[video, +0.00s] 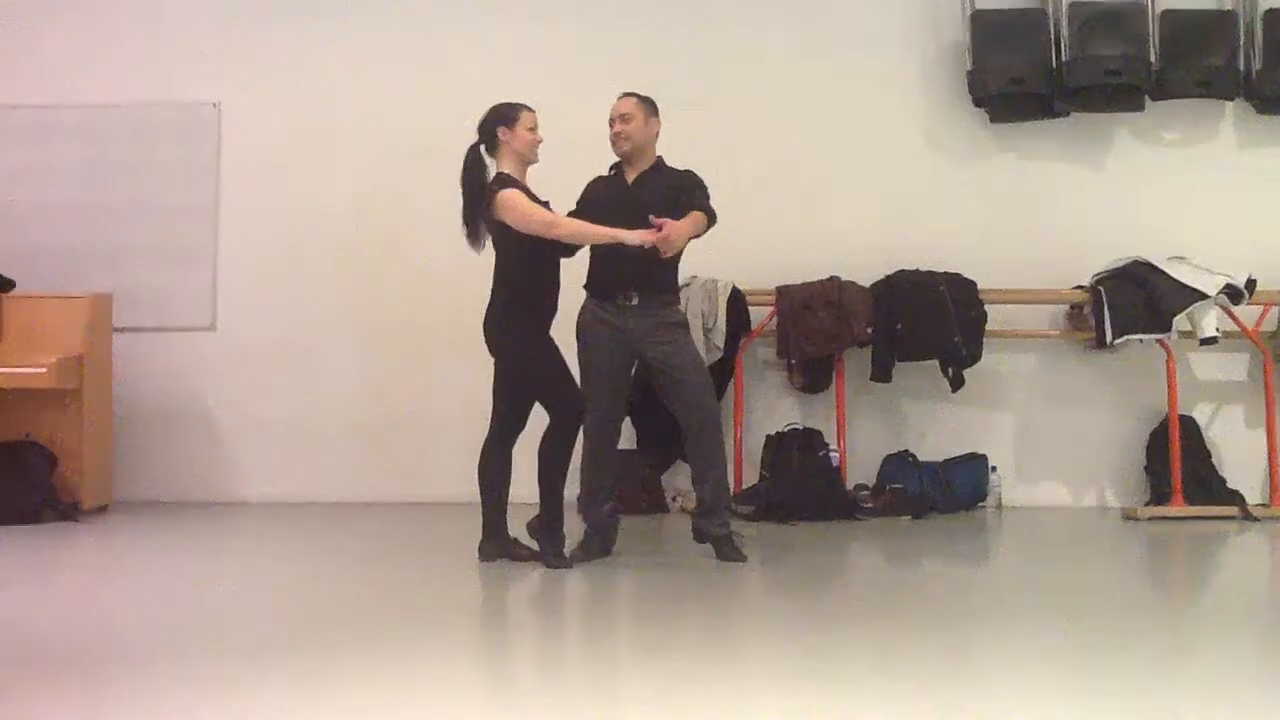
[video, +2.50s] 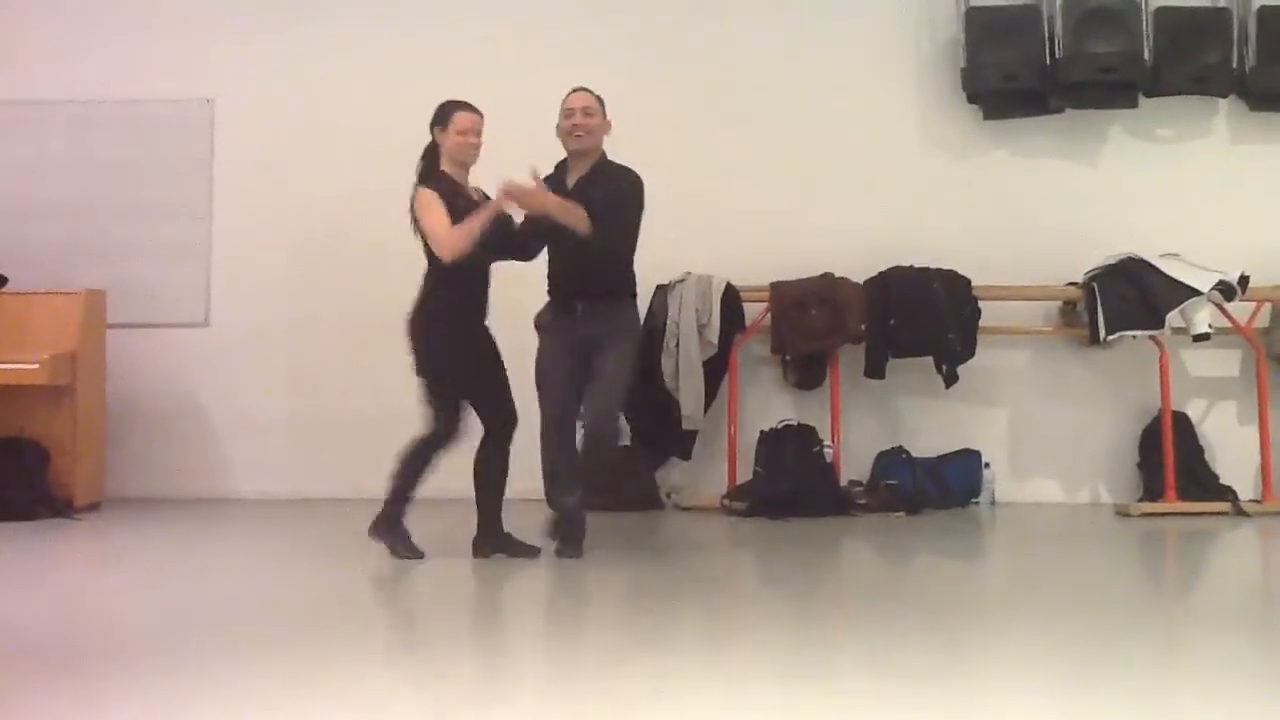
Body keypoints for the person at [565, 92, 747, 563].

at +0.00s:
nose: (615, 128)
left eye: (625, 119)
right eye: (612, 122)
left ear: (654, 126)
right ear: (611, 133)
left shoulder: (682, 182)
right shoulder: (598, 190)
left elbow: (704, 213)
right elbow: (568, 242)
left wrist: (683, 229)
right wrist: (525, 229)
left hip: (661, 319)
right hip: (603, 319)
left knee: (702, 411)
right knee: (600, 420)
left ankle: (714, 523)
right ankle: (598, 530)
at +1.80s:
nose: (619, 115)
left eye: (629, 107)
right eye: (611, 110)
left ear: (649, 116)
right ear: (600, 123)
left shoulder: (678, 172)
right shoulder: (595, 179)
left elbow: (730, 187)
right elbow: (556, 222)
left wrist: (688, 156)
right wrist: (505, 214)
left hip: (669, 313)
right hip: (608, 315)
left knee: (702, 408)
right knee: (594, 416)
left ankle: (712, 520)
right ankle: (580, 525)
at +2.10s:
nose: (593, 117)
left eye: (604, 109)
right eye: (585, 110)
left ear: (623, 120)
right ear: (574, 122)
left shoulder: (643, 180)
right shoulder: (559, 181)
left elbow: (689, 240)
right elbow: (519, 216)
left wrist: (673, 210)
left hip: (642, 315)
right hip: (585, 319)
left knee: (679, 415)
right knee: (572, 419)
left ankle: (718, 519)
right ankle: (572, 529)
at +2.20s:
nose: (583, 119)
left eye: (593, 112)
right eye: (575, 113)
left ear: (613, 123)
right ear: (565, 124)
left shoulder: (638, 189)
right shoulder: (554, 182)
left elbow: (662, 258)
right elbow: (516, 220)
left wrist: (623, 263)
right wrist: (481, 193)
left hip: (626, 319)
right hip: (571, 321)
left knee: (664, 412)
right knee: (562, 417)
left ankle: (717, 508)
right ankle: (571, 527)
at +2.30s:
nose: (581, 119)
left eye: (592, 112)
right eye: (573, 112)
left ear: (611, 123)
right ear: (563, 124)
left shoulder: (635, 188)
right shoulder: (554, 181)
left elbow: (648, 260)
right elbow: (521, 226)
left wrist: (595, 268)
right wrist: (480, 203)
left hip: (621, 316)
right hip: (567, 318)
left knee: (641, 406)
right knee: (562, 419)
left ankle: (692, 487)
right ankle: (571, 523)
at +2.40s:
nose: (579, 121)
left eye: (589, 113)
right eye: (571, 114)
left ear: (608, 125)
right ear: (561, 126)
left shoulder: (630, 187)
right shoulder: (549, 186)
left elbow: (626, 255)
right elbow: (532, 238)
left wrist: (573, 248)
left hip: (617, 315)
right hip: (565, 315)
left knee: (618, 407)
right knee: (560, 418)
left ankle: (650, 471)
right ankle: (570, 522)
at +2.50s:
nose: (576, 120)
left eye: (587, 113)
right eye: (568, 114)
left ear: (606, 126)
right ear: (558, 128)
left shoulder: (625, 183)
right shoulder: (550, 187)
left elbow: (615, 241)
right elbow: (525, 245)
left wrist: (548, 206)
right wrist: (484, 228)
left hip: (615, 319)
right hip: (562, 319)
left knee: (600, 415)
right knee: (556, 417)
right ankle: (567, 519)